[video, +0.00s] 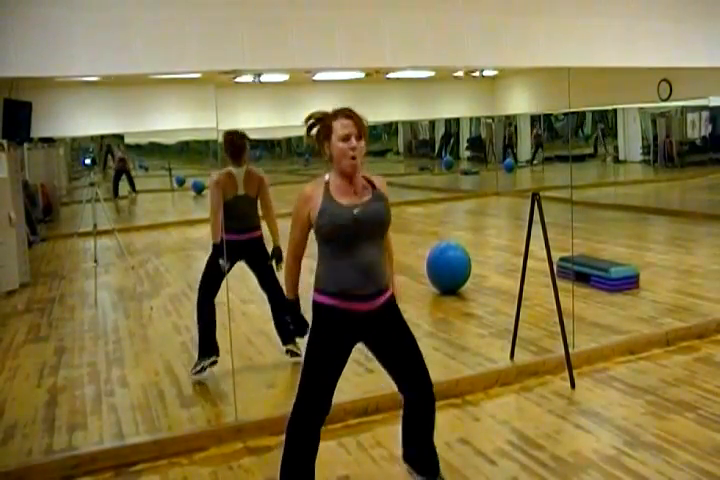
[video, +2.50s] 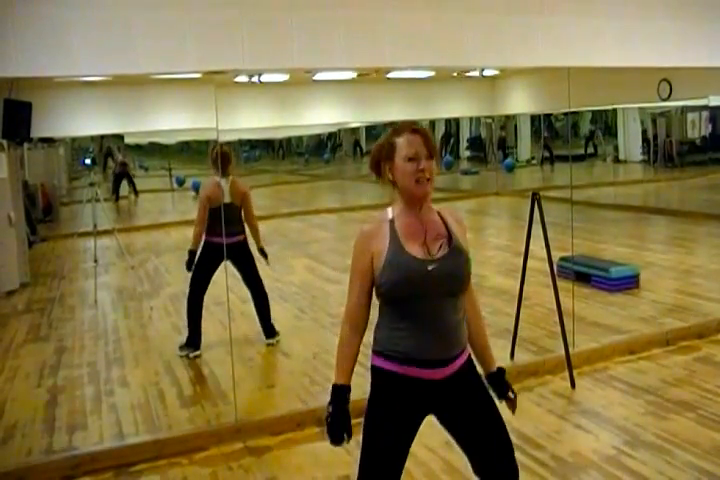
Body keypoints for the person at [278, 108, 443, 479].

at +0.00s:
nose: (354, 145)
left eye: (359, 138)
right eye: (345, 139)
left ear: (365, 143)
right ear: (328, 146)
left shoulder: (377, 187)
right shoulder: (313, 195)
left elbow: (384, 242)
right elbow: (294, 257)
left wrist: (391, 285)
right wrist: (292, 305)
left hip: (381, 310)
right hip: (334, 314)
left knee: (421, 390)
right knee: (311, 409)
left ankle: (421, 463)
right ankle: (295, 479)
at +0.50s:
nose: (364, 164)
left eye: (368, 157)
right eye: (354, 158)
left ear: (374, 164)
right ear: (335, 171)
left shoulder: (390, 212)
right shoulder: (322, 226)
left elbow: (407, 272)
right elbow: (301, 291)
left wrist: (434, 326)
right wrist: (285, 349)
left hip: (391, 343)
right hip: (339, 349)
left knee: (433, 421)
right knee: (312, 445)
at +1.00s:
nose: (377, 144)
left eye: (381, 136)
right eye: (366, 137)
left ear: (389, 142)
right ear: (347, 146)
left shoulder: (405, 191)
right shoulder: (334, 200)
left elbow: (426, 256)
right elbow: (314, 271)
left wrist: (458, 309)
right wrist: (299, 333)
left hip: (411, 326)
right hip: (358, 331)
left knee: (452, 416)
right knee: (335, 435)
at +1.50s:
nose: (392, 164)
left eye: (398, 156)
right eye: (382, 158)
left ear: (405, 162)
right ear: (363, 168)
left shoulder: (419, 215)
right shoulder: (348, 226)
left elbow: (433, 288)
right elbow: (329, 304)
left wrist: (453, 351)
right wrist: (315, 372)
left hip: (418, 359)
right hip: (363, 364)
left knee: (462, 446)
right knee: (339, 465)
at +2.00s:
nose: (406, 150)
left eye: (410, 140)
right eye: (394, 141)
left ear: (418, 145)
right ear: (372, 151)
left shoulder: (432, 192)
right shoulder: (357, 208)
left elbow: (464, 260)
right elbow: (328, 284)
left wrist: (511, 309)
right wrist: (302, 349)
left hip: (440, 341)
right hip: (384, 346)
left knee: (481, 435)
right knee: (359, 457)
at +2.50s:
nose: (424, 166)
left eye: (428, 157)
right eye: (411, 159)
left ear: (436, 163)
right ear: (388, 169)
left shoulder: (452, 223)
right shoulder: (374, 237)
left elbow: (467, 302)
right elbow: (354, 322)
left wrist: (492, 371)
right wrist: (339, 396)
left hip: (458, 377)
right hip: (397, 383)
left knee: (503, 472)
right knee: (375, 479)